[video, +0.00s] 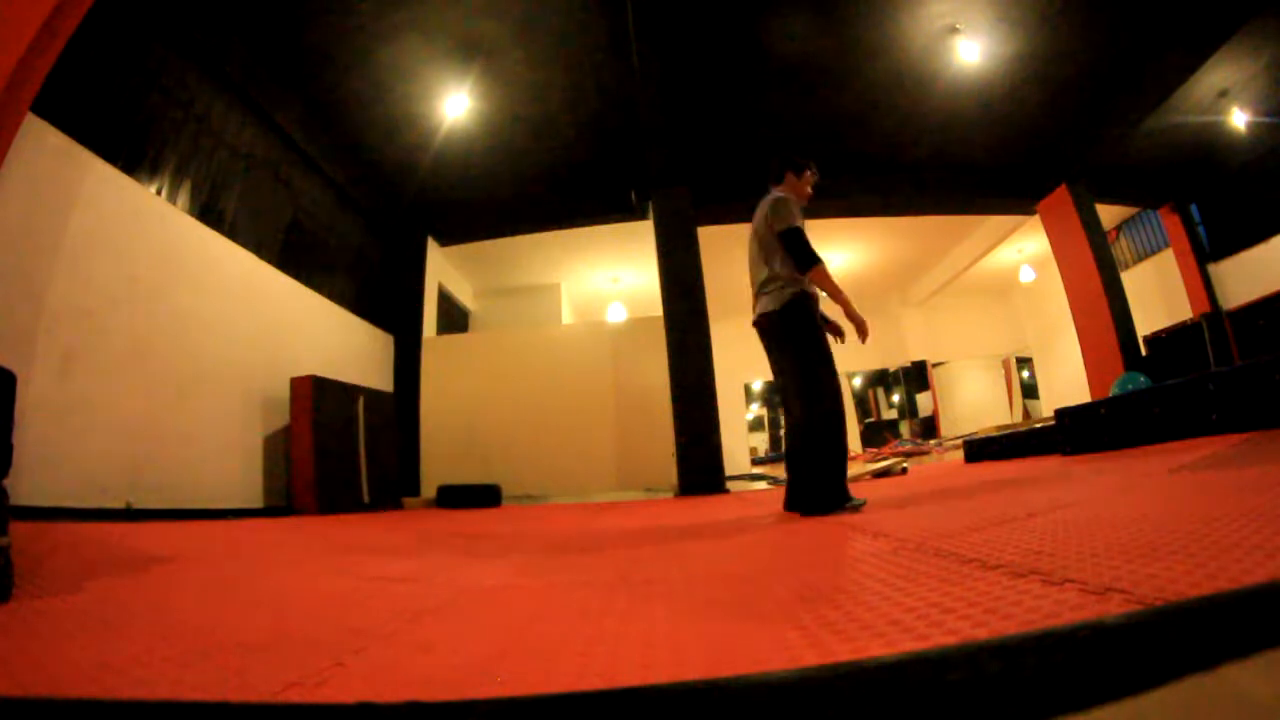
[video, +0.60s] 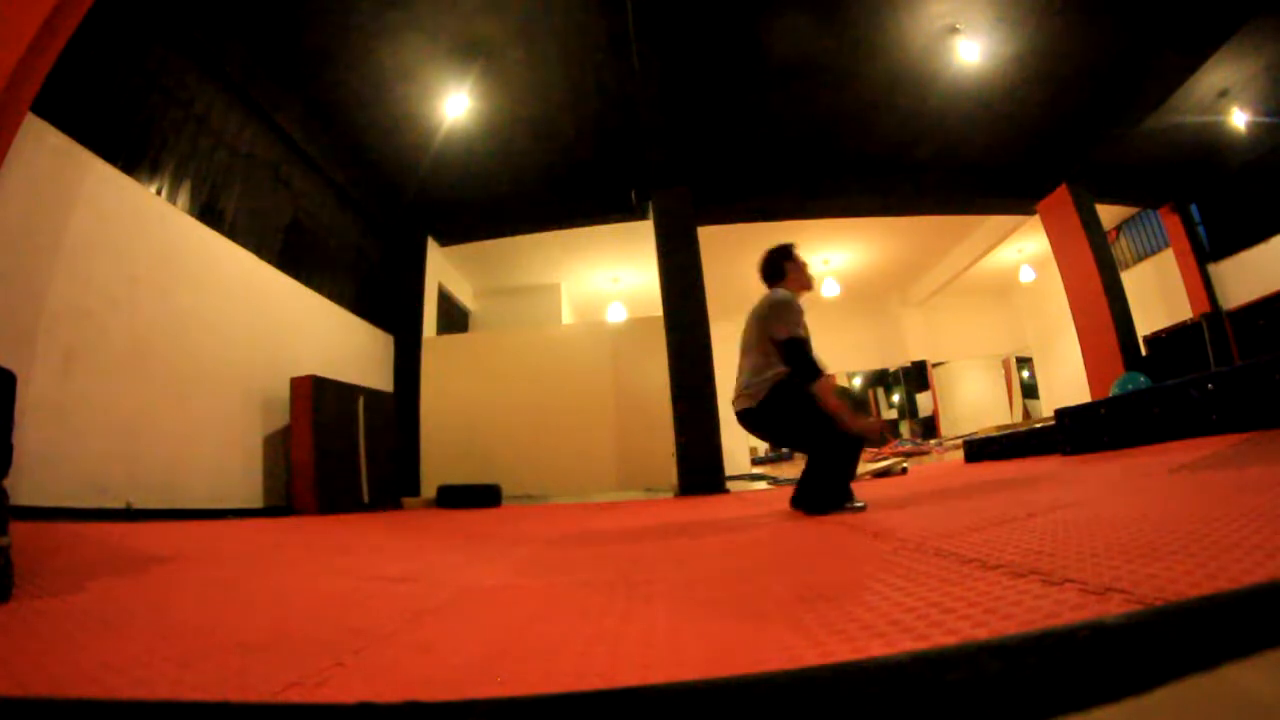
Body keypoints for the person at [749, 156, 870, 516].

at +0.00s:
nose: (811, 188)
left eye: (812, 181)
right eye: (808, 179)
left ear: (784, 178)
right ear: (790, 175)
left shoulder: (769, 209)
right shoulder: (781, 204)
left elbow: (786, 279)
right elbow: (807, 263)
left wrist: (821, 318)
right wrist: (850, 310)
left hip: (776, 315)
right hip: (790, 312)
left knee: (801, 404)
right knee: (823, 400)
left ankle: (803, 493)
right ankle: (826, 493)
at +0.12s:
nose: (834, 203)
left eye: (835, 195)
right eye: (832, 194)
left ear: (811, 189)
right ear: (813, 187)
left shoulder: (785, 214)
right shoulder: (797, 211)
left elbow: (786, 279)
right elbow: (795, 275)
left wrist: (804, 328)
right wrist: (812, 328)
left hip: (757, 316)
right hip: (773, 312)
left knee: (793, 403)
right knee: (812, 399)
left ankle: (800, 489)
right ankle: (823, 493)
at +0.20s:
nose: (856, 228)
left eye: (858, 220)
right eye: (854, 218)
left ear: (836, 215)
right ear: (837, 212)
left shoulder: (812, 239)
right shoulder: (806, 231)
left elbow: (765, 282)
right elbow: (757, 275)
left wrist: (729, 315)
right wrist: (720, 312)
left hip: (766, 325)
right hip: (762, 323)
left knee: (792, 407)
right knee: (802, 404)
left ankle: (807, 493)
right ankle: (823, 495)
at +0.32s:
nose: (873, 291)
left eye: (874, 284)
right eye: (871, 282)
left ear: (850, 276)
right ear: (855, 276)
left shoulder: (817, 292)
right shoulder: (815, 273)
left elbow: (771, 272)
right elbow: (757, 239)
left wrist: (743, 258)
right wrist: (717, 211)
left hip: (753, 347)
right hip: (747, 344)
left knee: (789, 411)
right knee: (812, 393)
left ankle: (810, 491)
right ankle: (815, 493)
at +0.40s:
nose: (874, 319)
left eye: (876, 310)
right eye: (873, 309)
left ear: (854, 303)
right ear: (856, 301)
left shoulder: (821, 318)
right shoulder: (816, 300)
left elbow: (772, 291)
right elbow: (765, 261)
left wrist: (744, 273)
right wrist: (726, 224)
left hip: (764, 371)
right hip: (744, 371)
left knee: (822, 398)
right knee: (821, 399)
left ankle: (815, 493)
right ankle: (816, 495)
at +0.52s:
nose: (863, 306)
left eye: (862, 298)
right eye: (859, 297)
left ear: (842, 297)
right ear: (843, 297)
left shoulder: (815, 332)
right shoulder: (809, 318)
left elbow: (767, 369)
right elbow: (752, 345)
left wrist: (729, 403)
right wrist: (697, 367)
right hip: (760, 398)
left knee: (837, 414)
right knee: (840, 410)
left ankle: (814, 496)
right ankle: (822, 497)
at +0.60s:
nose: (807, 269)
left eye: (803, 263)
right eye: (800, 264)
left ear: (780, 273)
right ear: (787, 270)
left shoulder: (774, 304)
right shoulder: (780, 302)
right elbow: (803, 365)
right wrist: (845, 414)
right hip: (765, 401)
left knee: (835, 432)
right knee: (842, 432)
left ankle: (814, 494)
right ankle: (824, 496)